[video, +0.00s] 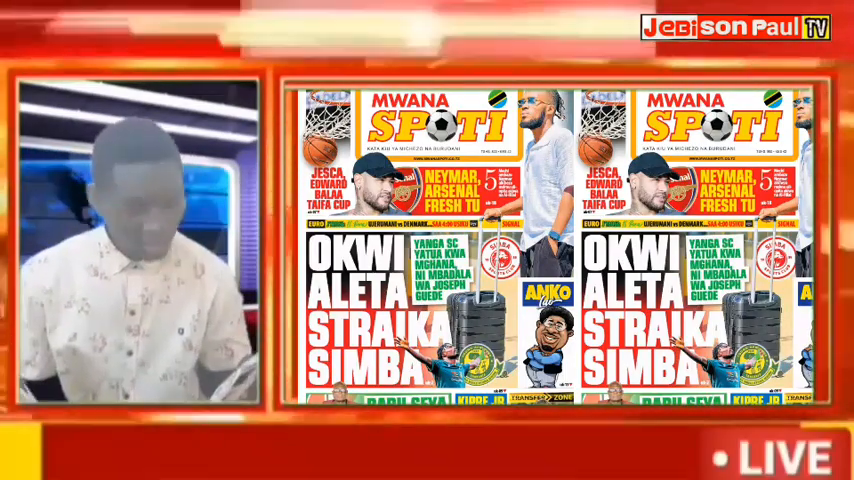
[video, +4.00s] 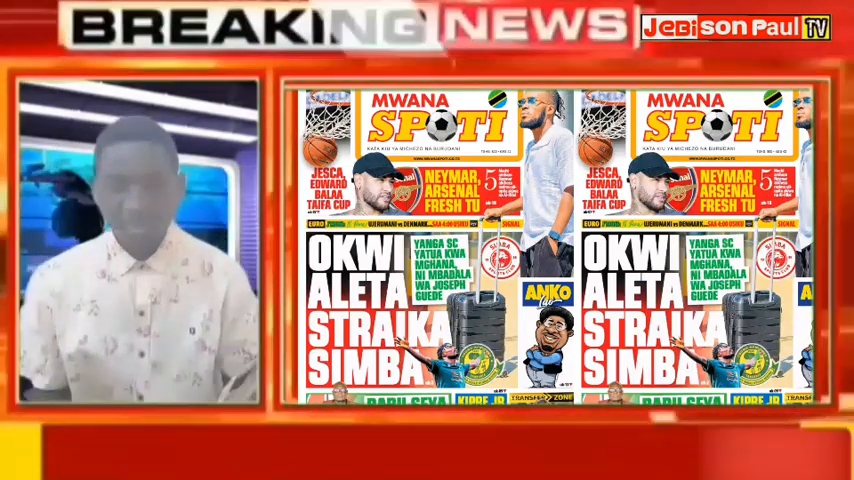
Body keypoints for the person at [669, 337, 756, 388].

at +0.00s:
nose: (729, 348)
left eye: (729, 347)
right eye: (725, 347)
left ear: (731, 351)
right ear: (718, 353)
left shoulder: (737, 366)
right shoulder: (714, 364)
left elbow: (750, 365)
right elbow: (698, 359)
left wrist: (754, 359)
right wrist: (684, 348)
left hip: (737, 401)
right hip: (720, 401)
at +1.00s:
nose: (729, 348)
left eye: (729, 347)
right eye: (725, 347)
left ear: (731, 351)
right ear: (718, 353)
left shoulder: (737, 366)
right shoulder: (714, 364)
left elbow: (750, 365)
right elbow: (698, 359)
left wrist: (754, 359)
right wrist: (684, 348)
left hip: (737, 401)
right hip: (720, 402)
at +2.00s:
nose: (729, 348)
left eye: (729, 347)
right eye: (724, 347)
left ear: (731, 351)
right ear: (718, 353)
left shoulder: (737, 366)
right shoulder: (714, 364)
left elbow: (749, 365)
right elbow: (698, 359)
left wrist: (754, 359)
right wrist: (684, 348)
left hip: (736, 401)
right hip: (720, 401)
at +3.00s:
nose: (729, 348)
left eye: (729, 347)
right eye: (724, 347)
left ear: (731, 351)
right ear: (718, 353)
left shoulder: (737, 366)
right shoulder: (714, 364)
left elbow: (749, 365)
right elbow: (698, 359)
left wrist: (754, 359)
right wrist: (684, 348)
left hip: (736, 401)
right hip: (720, 401)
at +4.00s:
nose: (729, 348)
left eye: (729, 347)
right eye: (724, 347)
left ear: (731, 351)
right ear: (718, 353)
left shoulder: (737, 366)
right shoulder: (714, 364)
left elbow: (749, 365)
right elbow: (698, 359)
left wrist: (754, 359)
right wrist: (684, 348)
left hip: (736, 401)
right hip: (720, 401)